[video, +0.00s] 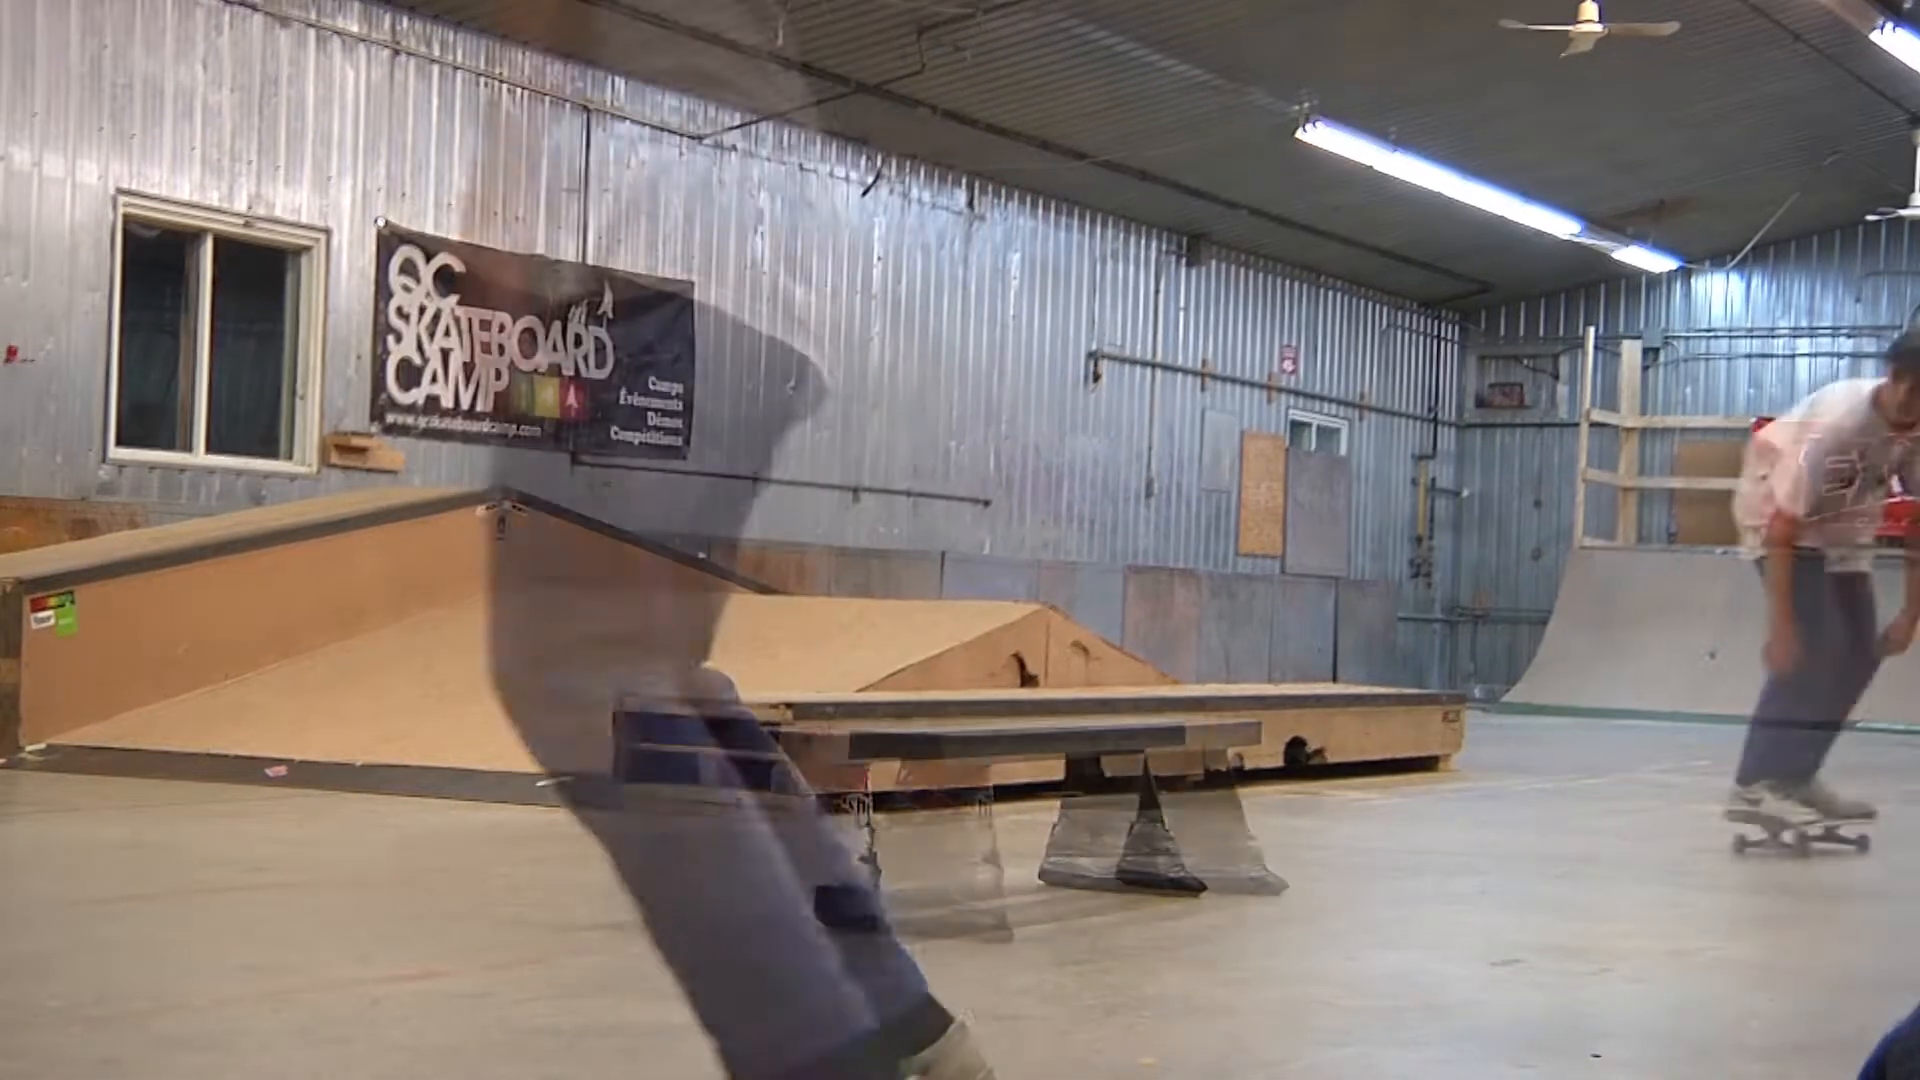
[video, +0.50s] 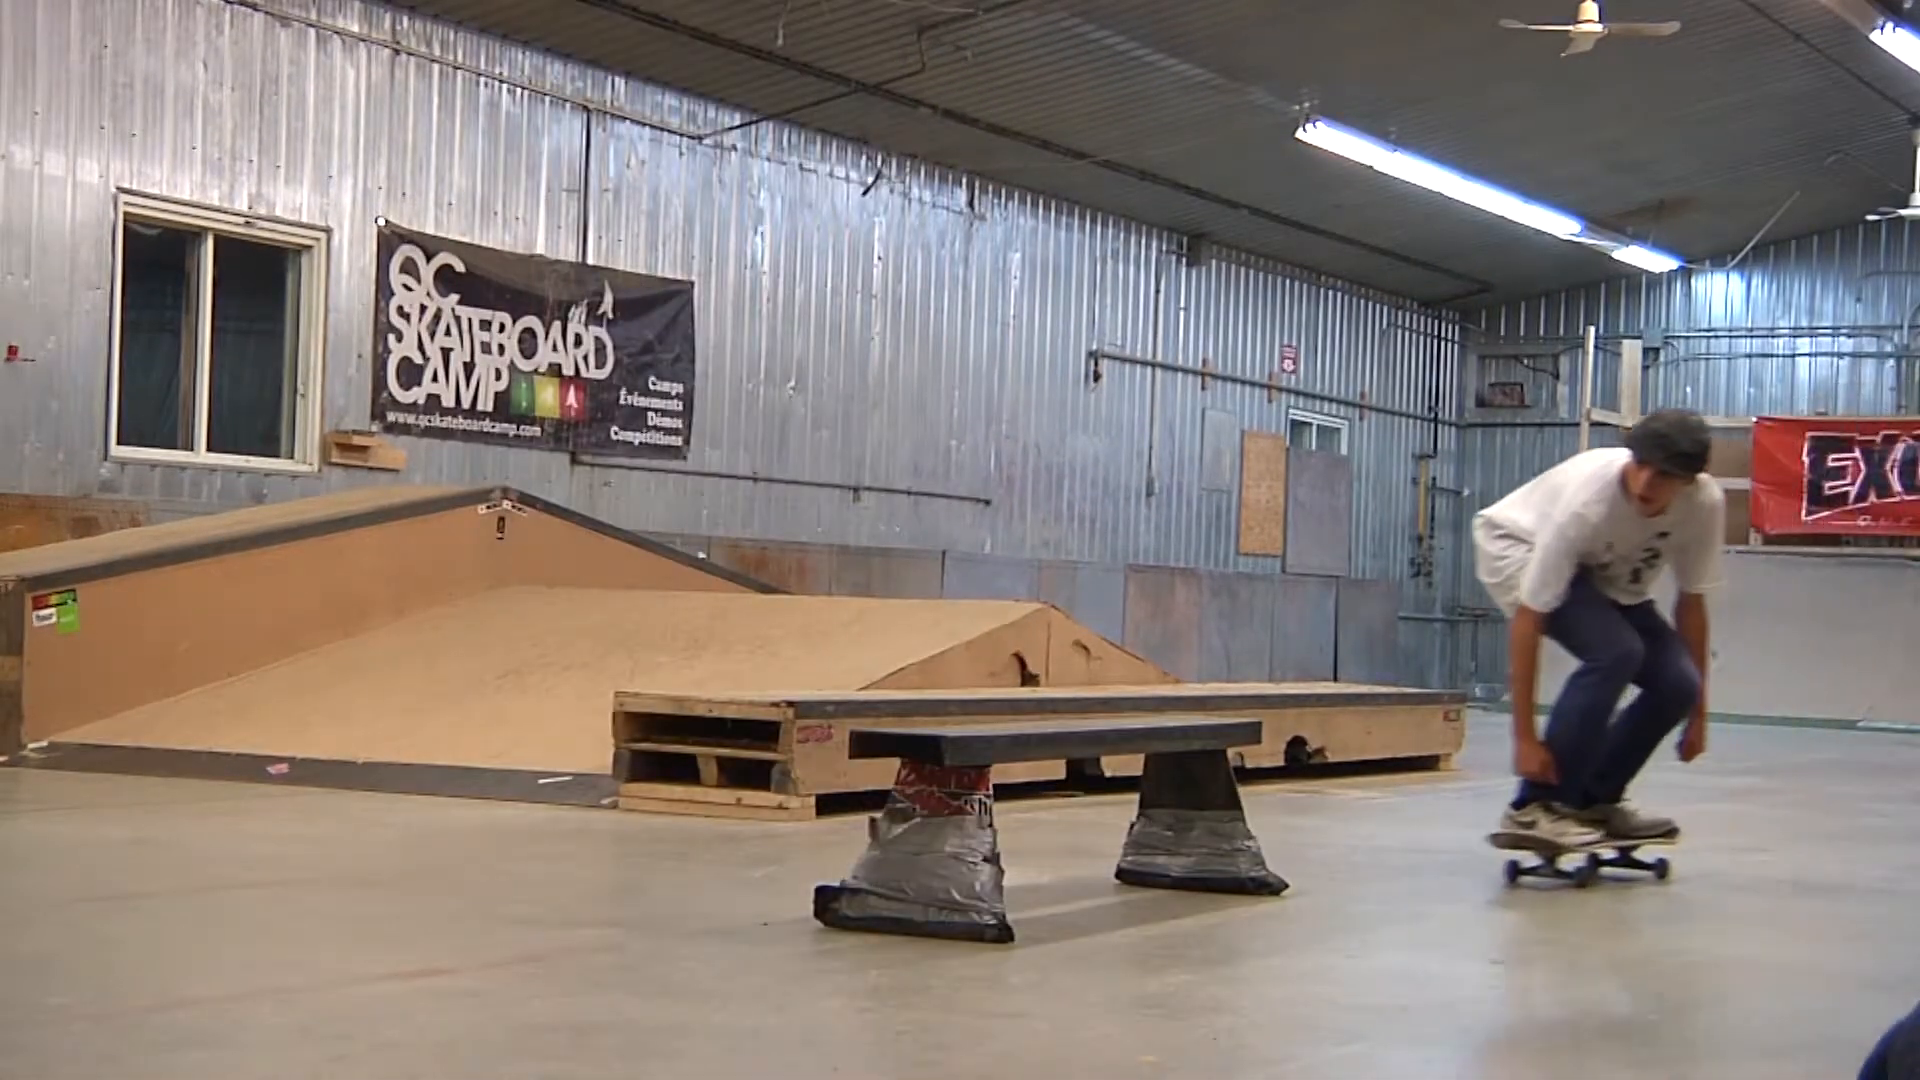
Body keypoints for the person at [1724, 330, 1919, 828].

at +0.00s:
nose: (1917, 407)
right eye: (1914, 392)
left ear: (1917, 391)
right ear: (1894, 379)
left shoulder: (1909, 434)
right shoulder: (1837, 422)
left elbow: (1918, 525)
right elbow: (1781, 525)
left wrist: (1911, 611)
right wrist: (1781, 627)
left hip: (1843, 538)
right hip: (1788, 534)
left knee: (1859, 654)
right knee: (1812, 653)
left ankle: (1797, 777)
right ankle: (1755, 784)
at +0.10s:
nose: (1854, 433)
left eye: (1873, 425)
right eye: (1850, 416)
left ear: (1897, 429)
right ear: (1840, 408)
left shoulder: (1899, 459)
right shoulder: (1792, 456)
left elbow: (1876, 554)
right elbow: (1740, 563)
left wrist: (1873, 656)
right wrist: (1727, 671)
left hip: (1794, 538)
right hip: (1723, 512)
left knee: (1825, 661)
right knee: (1784, 645)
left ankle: (1757, 785)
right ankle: (1715, 791)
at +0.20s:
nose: (1806, 459)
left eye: (1824, 452)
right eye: (1802, 443)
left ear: (1848, 455)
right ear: (1791, 434)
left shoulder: (1854, 479)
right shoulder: (1744, 479)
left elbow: (1834, 578)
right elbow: (1688, 591)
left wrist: (1836, 682)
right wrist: (1679, 699)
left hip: (1745, 549)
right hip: (1675, 526)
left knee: (1793, 670)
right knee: (1747, 647)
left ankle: (1720, 790)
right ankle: (1676, 795)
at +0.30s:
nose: (1756, 481)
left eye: (1774, 474)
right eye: (1752, 464)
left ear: (1797, 477)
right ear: (1740, 453)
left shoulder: (1806, 495)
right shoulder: (1694, 496)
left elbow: (1791, 594)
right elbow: (1637, 611)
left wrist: (1794, 694)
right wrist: (1631, 721)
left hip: (1695, 557)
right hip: (1621, 536)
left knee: (1757, 673)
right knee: (1711, 653)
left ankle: (1682, 795)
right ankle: (1636, 800)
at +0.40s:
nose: (1705, 491)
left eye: (1722, 484)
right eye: (1702, 475)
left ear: (1744, 485)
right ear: (1688, 462)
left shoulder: (1755, 503)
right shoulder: (1639, 504)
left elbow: (1743, 601)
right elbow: (1583, 618)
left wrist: (1750, 712)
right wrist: (1581, 737)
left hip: (1648, 570)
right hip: (1571, 550)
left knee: (1721, 682)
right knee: (1667, 654)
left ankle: (1640, 801)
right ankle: (1586, 805)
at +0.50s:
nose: (1645, 483)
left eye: (1664, 477)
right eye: (1641, 465)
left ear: (1688, 481)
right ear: (1630, 457)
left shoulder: (1703, 501)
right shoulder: (1584, 501)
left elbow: (1691, 604)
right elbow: (1525, 619)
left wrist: (1697, 713)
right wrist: (1524, 739)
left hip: (1602, 574)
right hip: (1519, 553)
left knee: (1677, 686)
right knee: (1615, 653)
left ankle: (1590, 803)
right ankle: (1531, 809)